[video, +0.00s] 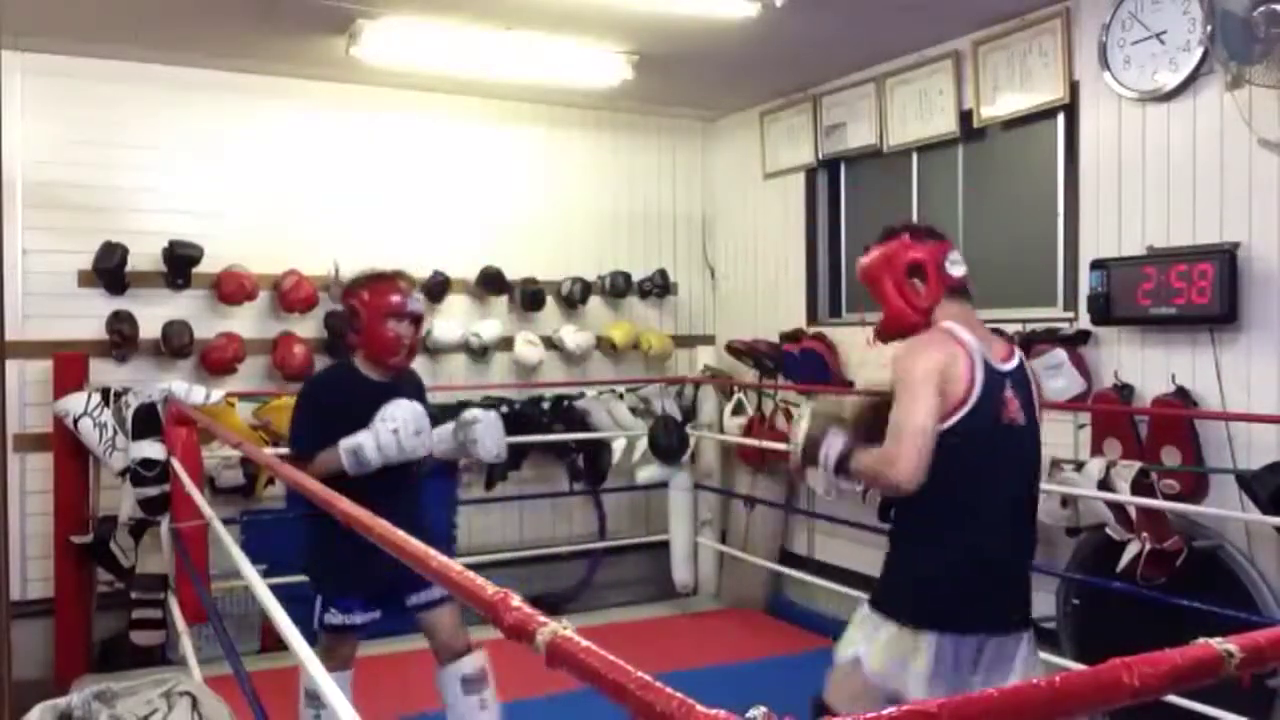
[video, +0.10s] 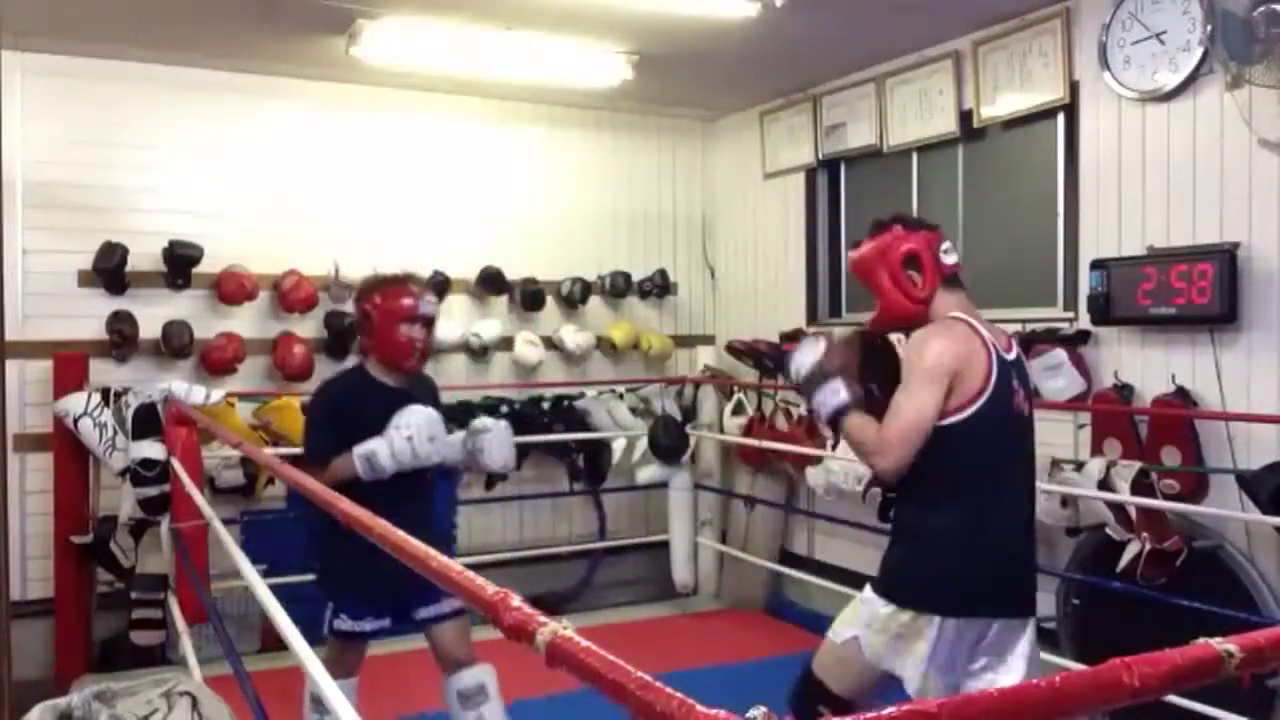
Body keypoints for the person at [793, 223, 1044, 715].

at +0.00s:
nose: (881, 313)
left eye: (883, 293)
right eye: (878, 295)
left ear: (916, 283)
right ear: (949, 278)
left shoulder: (926, 352)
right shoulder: (1010, 355)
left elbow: (903, 471)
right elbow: (992, 472)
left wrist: (840, 454)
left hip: (927, 605)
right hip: (1005, 603)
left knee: (842, 705)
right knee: (984, 718)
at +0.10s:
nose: (878, 303)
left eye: (879, 286)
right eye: (873, 288)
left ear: (910, 275)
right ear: (938, 268)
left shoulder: (938, 342)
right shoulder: (1000, 342)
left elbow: (888, 457)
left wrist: (829, 395)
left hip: (929, 588)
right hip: (1006, 589)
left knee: (816, 700)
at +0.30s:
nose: (851, 317)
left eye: (853, 300)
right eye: (846, 303)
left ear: (888, 289)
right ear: (908, 282)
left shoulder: (916, 363)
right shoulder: (978, 353)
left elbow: (866, 480)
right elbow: (921, 433)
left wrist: (809, 413)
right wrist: (838, 396)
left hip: (921, 609)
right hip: (992, 602)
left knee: (855, 708)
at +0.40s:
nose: (825, 319)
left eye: (825, 304)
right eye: (820, 306)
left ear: (860, 291)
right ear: (888, 282)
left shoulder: (886, 368)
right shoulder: (962, 353)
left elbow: (852, 487)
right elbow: (922, 441)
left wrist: (786, 444)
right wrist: (832, 410)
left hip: (896, 612)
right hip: (972, 602)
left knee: (857, 709)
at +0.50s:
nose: (807, 320)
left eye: (807, 305)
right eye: (802, 307)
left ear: (836, 292)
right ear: (868, 280)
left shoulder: (850, 370)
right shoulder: (946, 352)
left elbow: (800, 469)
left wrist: (756, 406)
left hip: (873, 602)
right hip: (953, 593)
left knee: (840, 707)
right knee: (943, 715)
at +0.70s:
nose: (798, 317)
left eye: (796, 304)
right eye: (792, 306)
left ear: (824, 292)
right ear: (867, 279)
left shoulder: (825, 361)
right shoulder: (929, 348)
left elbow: (747, 443)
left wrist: (730, 358)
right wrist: (794, 350)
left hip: (854, 581)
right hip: (930, 576)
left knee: (827, 703)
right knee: (912, 708)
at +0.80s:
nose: (809, 316)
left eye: (809, 301)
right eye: (805, 303)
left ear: (840, 291)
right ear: (879, 284)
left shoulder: (832, 362)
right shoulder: (935, 352)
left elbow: (755, 454)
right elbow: (879, 439)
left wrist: (730, 382)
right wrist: (795, 368)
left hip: (848, 586)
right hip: (923, 583)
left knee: (807, 702)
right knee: (902, 709)